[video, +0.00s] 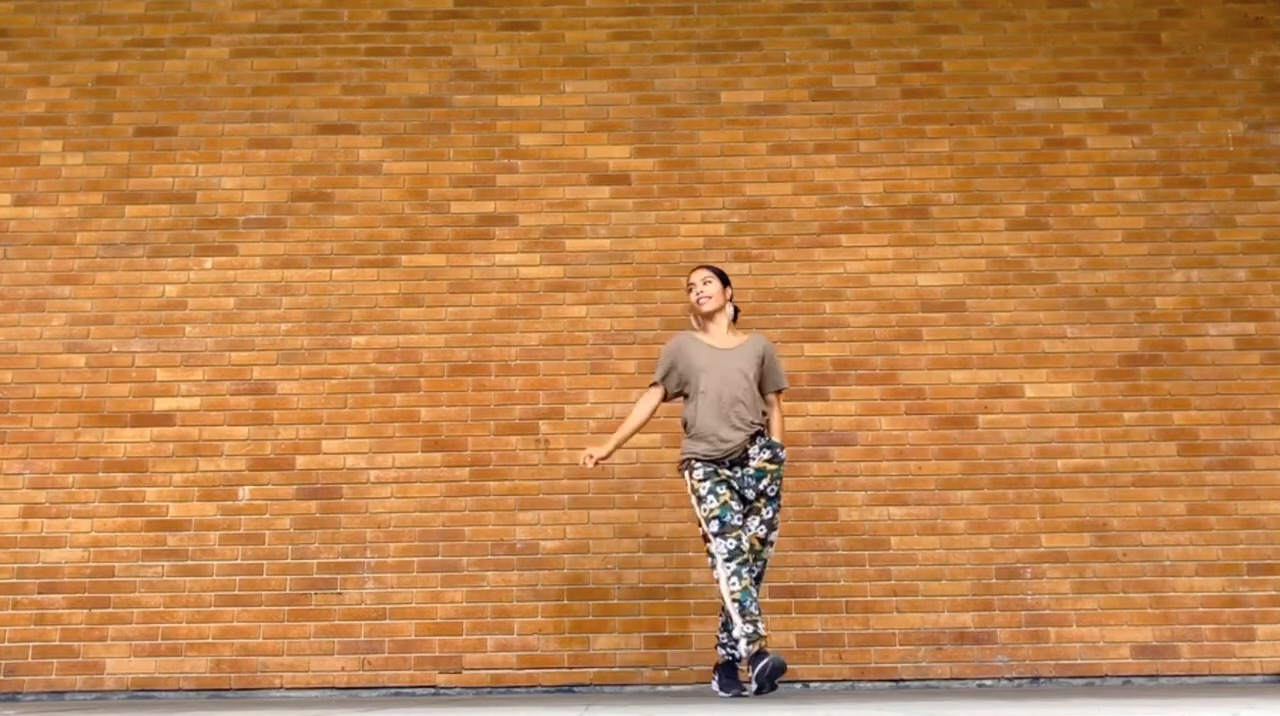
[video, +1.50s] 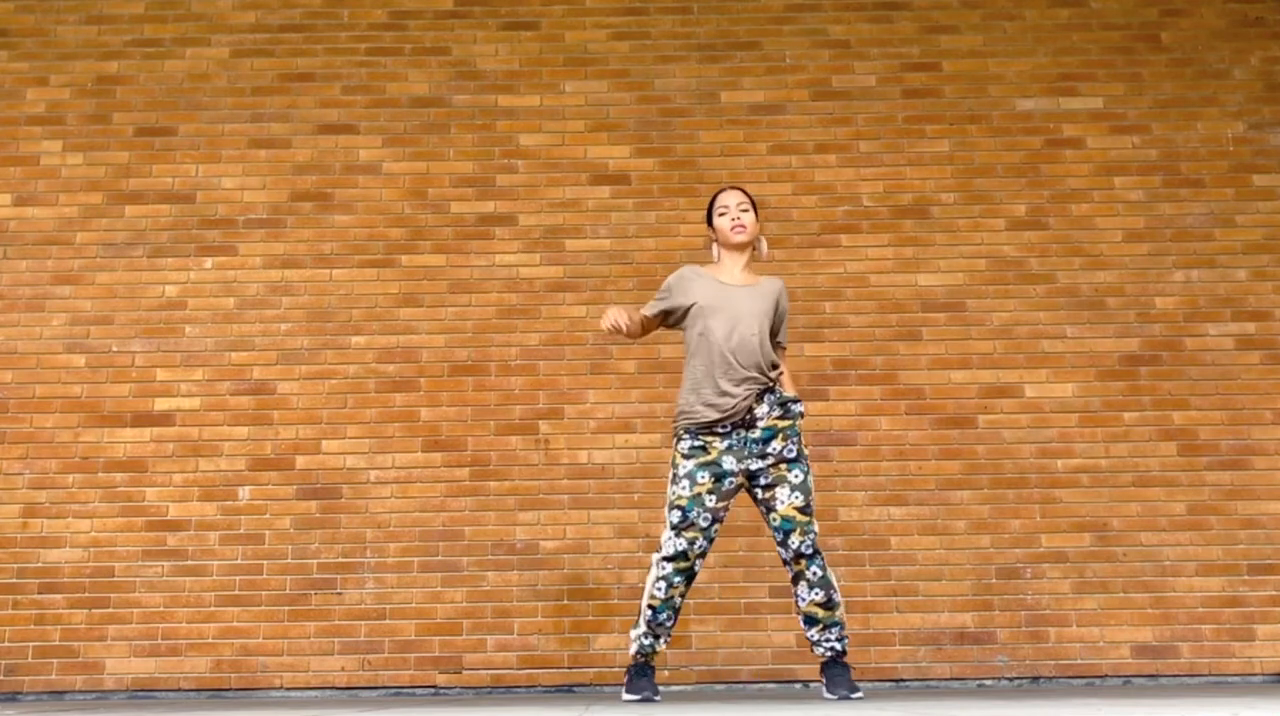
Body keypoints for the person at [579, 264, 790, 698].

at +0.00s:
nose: (698, 292)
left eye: (707, 284)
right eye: (692, 289)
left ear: (729, 293)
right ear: (689, 304)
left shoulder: (758, 346)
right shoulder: (681, 348)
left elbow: (773, 407)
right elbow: (649, 400)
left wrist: (774, 453)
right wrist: (609, 446)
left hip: (757, 463)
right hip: (706, 465)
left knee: (753, 556)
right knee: (730, 549)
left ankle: (728, 660)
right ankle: (757, 655)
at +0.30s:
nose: (714, 273)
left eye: (723, 265)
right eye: (706, 268)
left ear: (741, 275)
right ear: (700, 281)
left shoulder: (774, 325)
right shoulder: (690, 327)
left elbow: (793, 389)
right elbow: (654, 382)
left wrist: (784, 441)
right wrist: (605, 423)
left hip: (765, 452)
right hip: (710, 457)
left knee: (771, 553)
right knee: (735, 553)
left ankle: (745, 648)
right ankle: (761, 660)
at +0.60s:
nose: (731, 252)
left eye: (740, 246)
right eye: (722, 247)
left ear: (755, 260)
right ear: (711, 263)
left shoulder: (778, 314)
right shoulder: (699, 313)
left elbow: (795, 380)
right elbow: (711, 350)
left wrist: (790, 422)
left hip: (769, 435)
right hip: (711, 444)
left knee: (775, 534)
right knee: (731, 552)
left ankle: (791, 653)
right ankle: (762, 661)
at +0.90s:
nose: (734, 233)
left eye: (741, 228)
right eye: (723, 229)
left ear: (755, 244)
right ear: (709, 247)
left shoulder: (779, 306)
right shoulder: (699, 289)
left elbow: (792, 381)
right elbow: (732, 342)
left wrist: (787, 434)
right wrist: (804, 363)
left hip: (772, 427)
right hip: (712, 432)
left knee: (771, 534)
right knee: (724, 541)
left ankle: (772, 656)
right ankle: (744, 640)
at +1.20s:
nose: (720, 219)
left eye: (728, 213)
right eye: (709, 215)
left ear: (742, 230)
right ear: (695, 235)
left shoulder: (759, 295)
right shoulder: (670, 282)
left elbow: (766, 365)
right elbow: (613, 325)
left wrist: (776, 414)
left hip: (764, 424)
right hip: (700, 429)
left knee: (802, 527)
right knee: (691, 530)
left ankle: (798, 648)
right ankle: (648, 649)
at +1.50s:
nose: (735, 216)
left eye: (743, 209)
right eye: (724, 212)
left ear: (759, 224)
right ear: (711, 231)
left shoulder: (773, 288)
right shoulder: (688, 280)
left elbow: (776, 357)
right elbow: (642, 324)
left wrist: (792, 402)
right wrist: (618, 319)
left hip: (770, 431)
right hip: (704, 436)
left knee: (801, 542)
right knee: (682, 547)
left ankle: (834, 659)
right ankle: (642, 662)